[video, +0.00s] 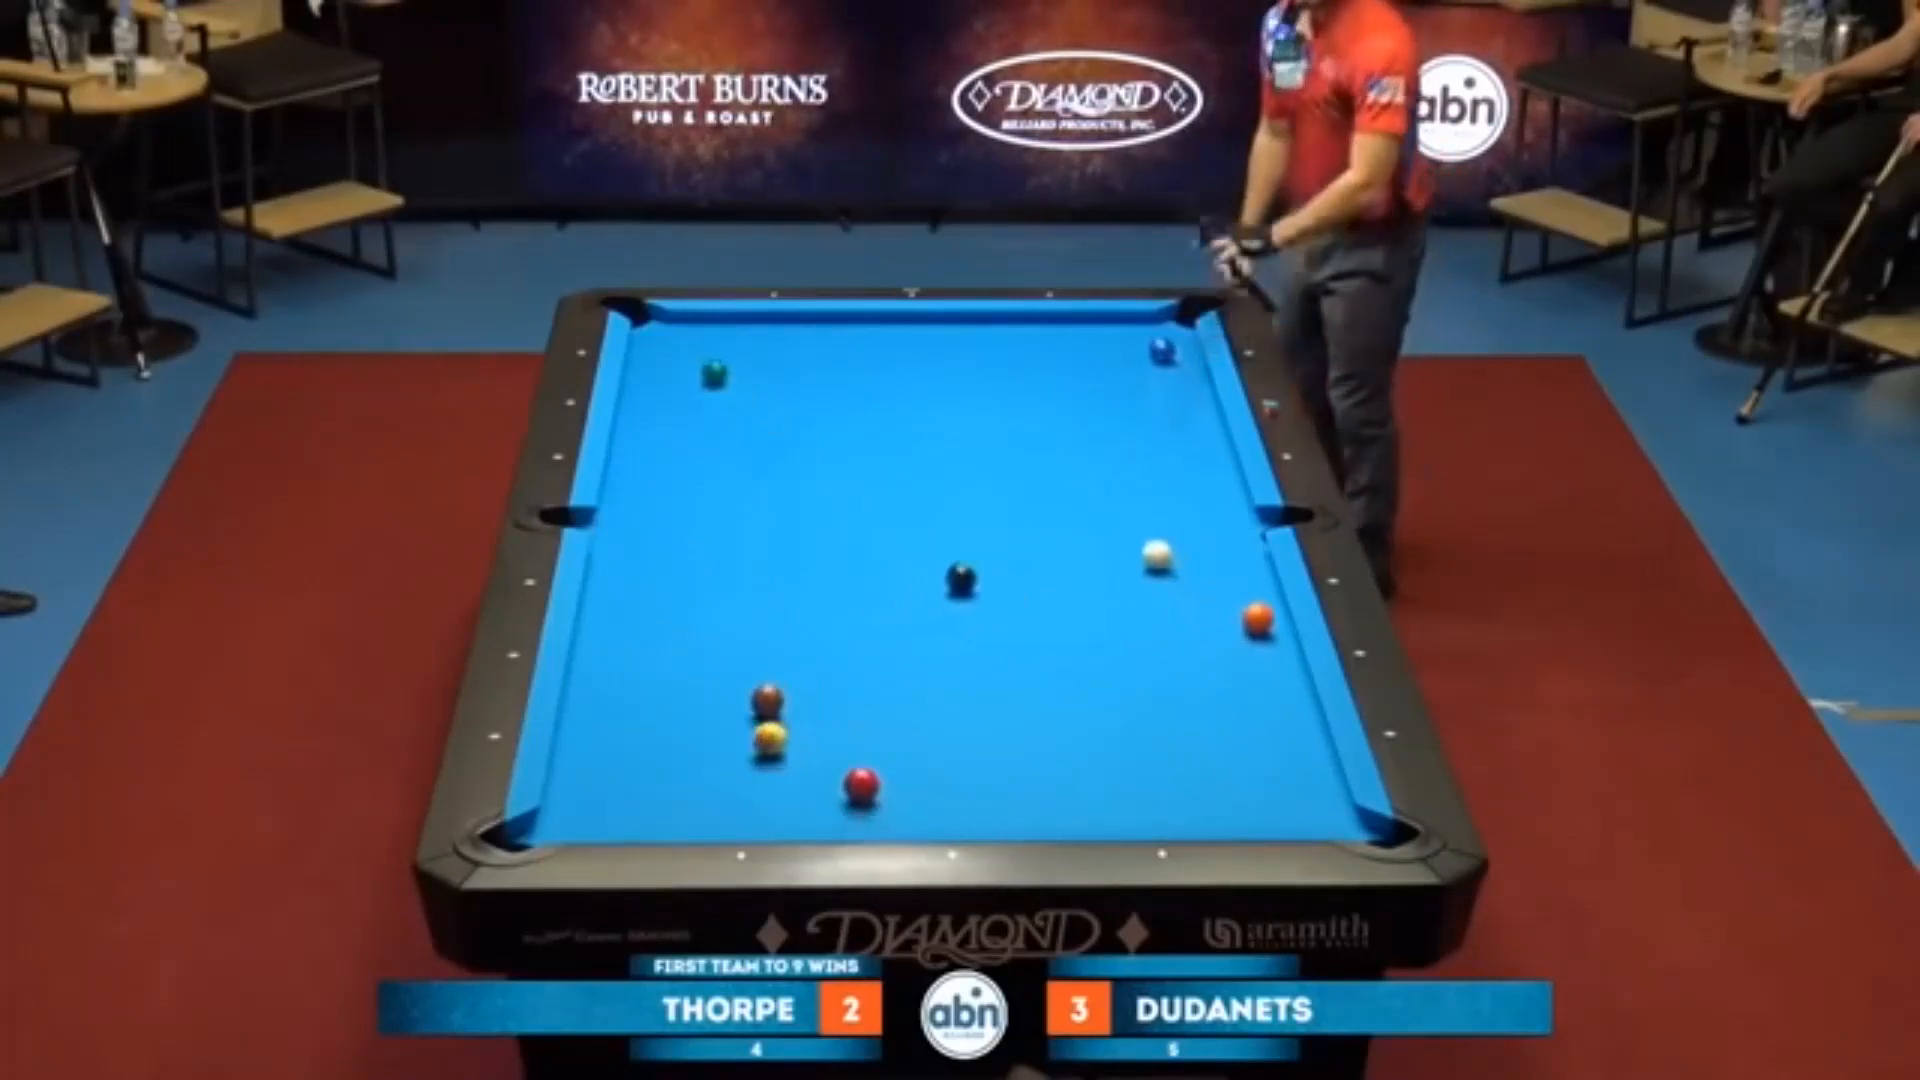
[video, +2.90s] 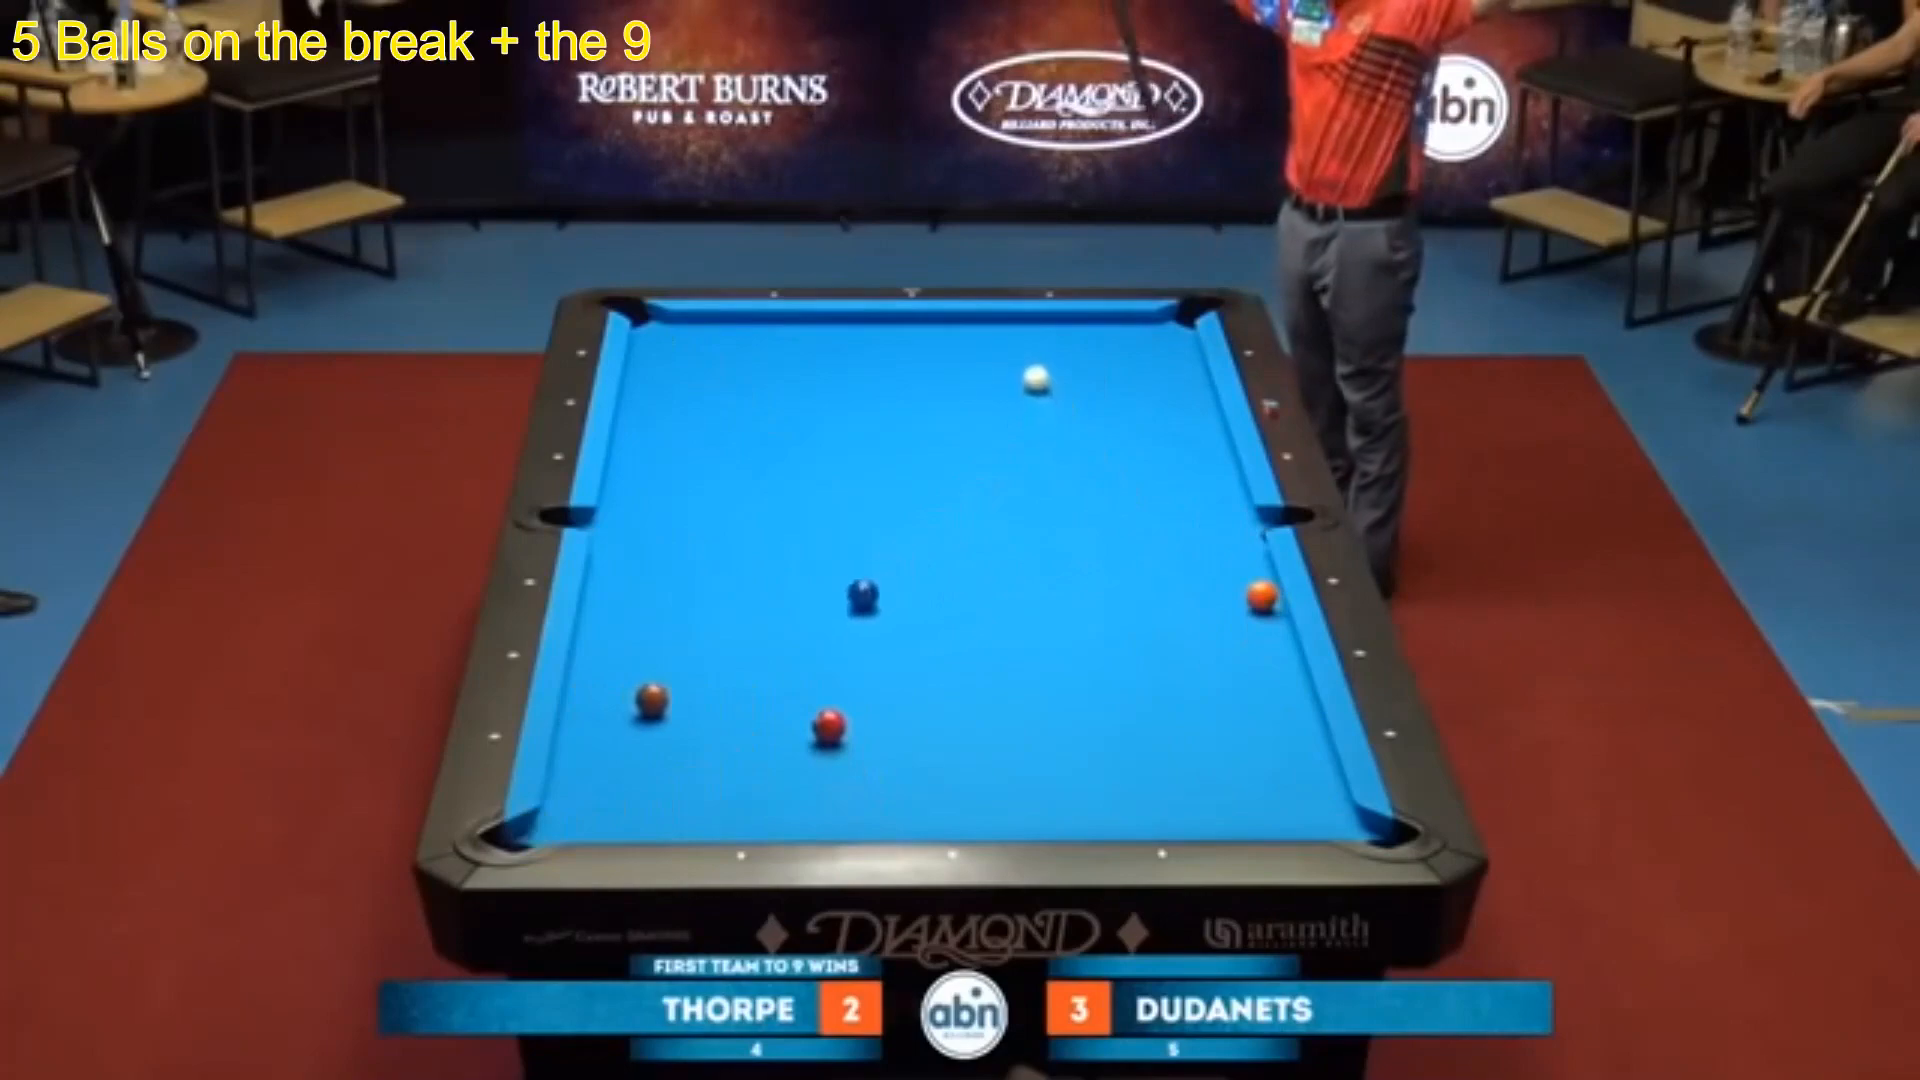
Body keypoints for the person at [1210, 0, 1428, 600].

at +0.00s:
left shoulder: (1383, 42)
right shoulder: (1283, 24)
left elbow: (1368, 180)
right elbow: (1274, 130)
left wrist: (1271, 236)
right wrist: (1249, 228)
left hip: (1373, 244)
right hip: (1311, 240)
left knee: (1357, 405)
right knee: (1301, 393)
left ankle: (1368, 562)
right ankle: (1315, 538)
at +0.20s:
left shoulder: (1394, 32)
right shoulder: (1281, 20)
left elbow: (1404, 166)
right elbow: (1270, 129)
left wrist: (1322, 236)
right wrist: (1242, 225)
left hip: (1368, 241)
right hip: (1295, 235)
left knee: (1361, 403)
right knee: (1303, 394)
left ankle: (1369, 563)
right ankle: (1312, 537)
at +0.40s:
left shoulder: (1400, 30)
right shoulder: (1281, 19)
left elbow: (1415, 164)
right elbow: (1268, 125)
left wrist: (1411, 277)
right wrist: (1244, 222)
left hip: (1362, 239)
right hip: (1284, 233)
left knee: (1362, 406)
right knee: (1296, 399)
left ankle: (1367, 563)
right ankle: (1304, 543)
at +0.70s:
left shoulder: (1407, 23)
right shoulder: (1287, 17)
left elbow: (1438, 128)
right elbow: (1242, 110)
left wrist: (1470, 229)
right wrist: (1184, 194)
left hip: (1362, 234)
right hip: (1288, 228)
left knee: (1361, 401)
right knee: (1303, 396)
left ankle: (1368, 565)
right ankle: (1311, 543)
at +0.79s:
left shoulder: (1409, 19)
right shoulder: (1287, 15)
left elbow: (1444, 99)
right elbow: (1222, 95)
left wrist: (1476, 174)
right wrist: (1144, 168)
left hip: (1364, 235)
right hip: (1290, 229)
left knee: (1364, 403)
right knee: (1302, 395)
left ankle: (1369, 566)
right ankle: (1312, 537)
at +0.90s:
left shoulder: (1413, 12)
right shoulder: (1283, 10)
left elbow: (1468, 72)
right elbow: (1206, 54)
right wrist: (1129, 80)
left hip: (1365, 233)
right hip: (1292, 227)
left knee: (1365, 403)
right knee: (1304, 396)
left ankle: (1370, 564)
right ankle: (1314, 540)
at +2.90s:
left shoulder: (1407, 15)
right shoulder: (1295, 10)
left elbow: (1501, 3)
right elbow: (1239, 2)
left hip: (1370, 233)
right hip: (1299, 224)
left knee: (1369, 402)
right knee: (1314, 394)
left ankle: (1370, 565)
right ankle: (1318, 539)